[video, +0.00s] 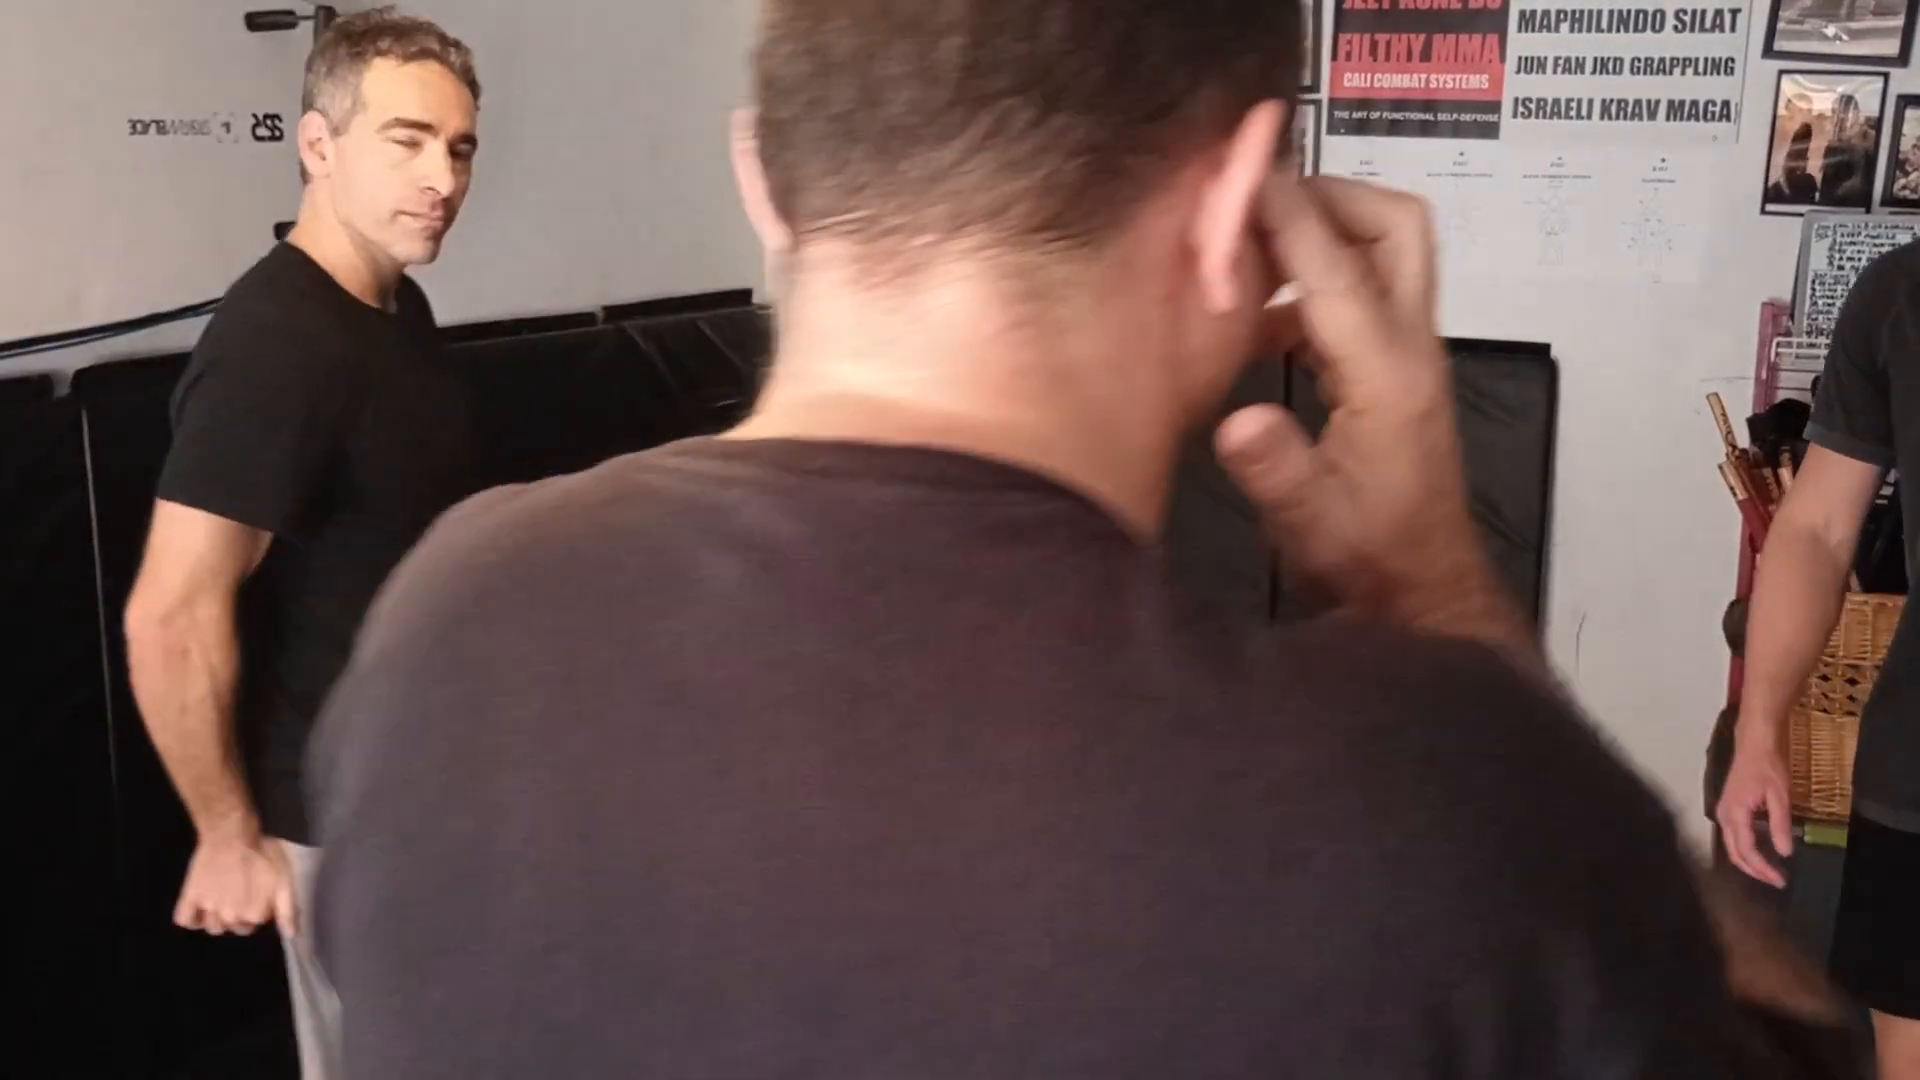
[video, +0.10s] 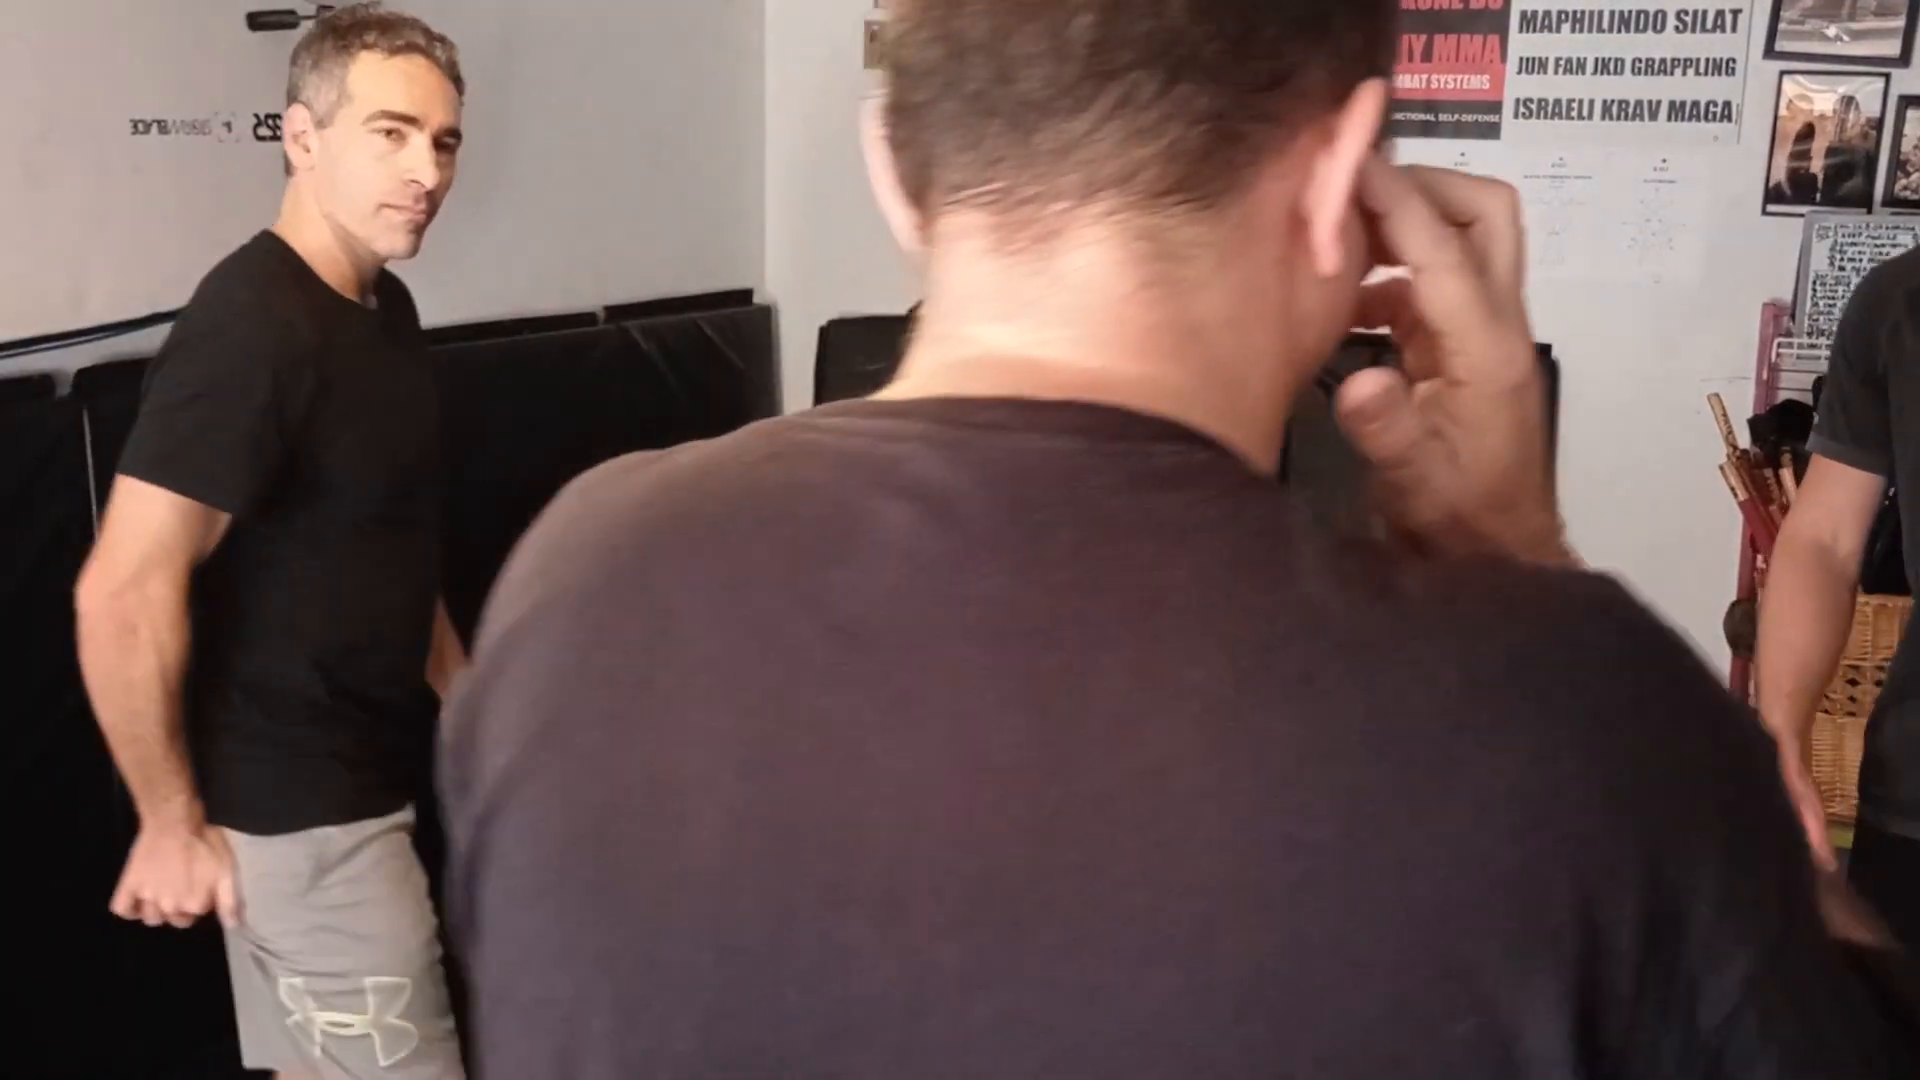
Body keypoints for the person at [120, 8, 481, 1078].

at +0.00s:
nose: (442, 179)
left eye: (459, 151)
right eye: (408, 140)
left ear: (472, 163)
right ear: (319, 144)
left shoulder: (400, 309)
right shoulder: (271, 336)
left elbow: (421, 550)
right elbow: (171, 614)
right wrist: (227, 835)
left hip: (434, 784)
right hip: (327, 824)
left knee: (468, 1049)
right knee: (370, 1060)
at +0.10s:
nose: (426, 172)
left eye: (444, 144)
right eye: (391, 134)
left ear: (454, 157)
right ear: (300, 138)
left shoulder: (383, 308)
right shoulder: (246, 318)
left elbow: (395, 561)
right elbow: (123, 585)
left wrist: (478, 733)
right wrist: (167, 819)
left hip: (363, 796)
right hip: (293, 821)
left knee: (324, 1061)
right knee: (393, 1062)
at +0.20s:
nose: (396, 169)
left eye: (413, 141)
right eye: (362, 130)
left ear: (425, 154)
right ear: (270, 133)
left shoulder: (352, 309)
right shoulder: (212, 313)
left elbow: (354, 543)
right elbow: (75, 578)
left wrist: (433, 704)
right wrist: (125, 819)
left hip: (319, 793)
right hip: (257, 812)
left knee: (284, 1057)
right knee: (367, 1060)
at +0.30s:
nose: (352, 169)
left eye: (368, 143)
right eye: (319, 132)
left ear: (379, 158)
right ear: (222, 135)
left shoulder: (301, 310)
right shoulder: (173, 314)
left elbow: (309, 552)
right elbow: (42, 579)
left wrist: (393, 709)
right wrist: (91, 840)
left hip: (287, 817)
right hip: (228, 838)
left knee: (263, 1059)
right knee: (319, 1060)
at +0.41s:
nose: (299, 175)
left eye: (313, 145)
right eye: (260, 135)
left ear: (327, 157)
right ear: (160, 147)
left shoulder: (231, 315)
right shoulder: (123, 331)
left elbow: (246, 558)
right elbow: (19, 592)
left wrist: (330, 720)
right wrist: (38, 866)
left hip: (248, 836)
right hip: (176, 861)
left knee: (255, 1058)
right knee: (215, 1067)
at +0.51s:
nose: (243, 193)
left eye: (255, 157)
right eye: (201, 150)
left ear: (264, 166)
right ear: (94, 158)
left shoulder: (161, 340)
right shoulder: (60, 366)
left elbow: (160, 591)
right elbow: (1, 615)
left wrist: (250, 747)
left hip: (198, 898)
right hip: (85, 930)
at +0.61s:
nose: (191, 202)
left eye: (199, 169)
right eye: (148, 158)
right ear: (32, 173)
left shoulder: (102, 381)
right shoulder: (18, 389)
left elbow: (89, 643)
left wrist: (165, 802)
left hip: (142, 933)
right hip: (35, 958)